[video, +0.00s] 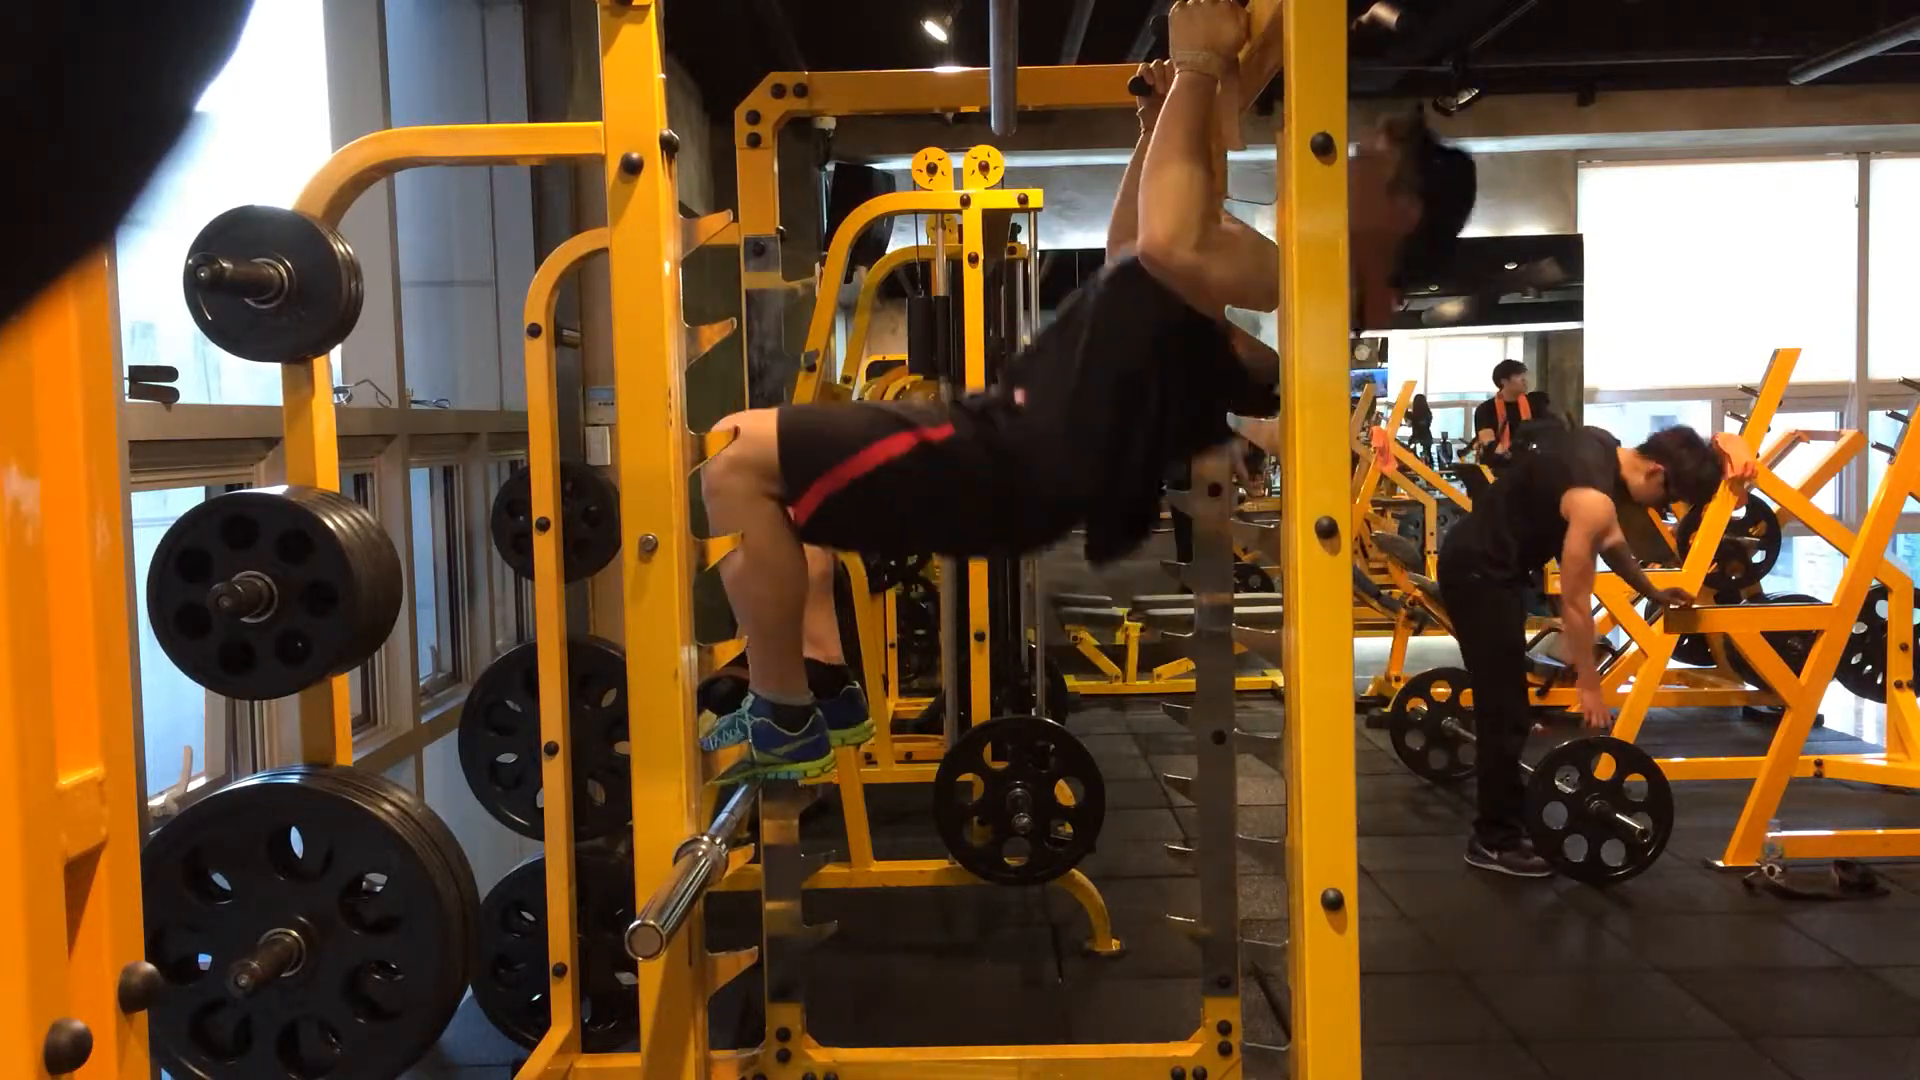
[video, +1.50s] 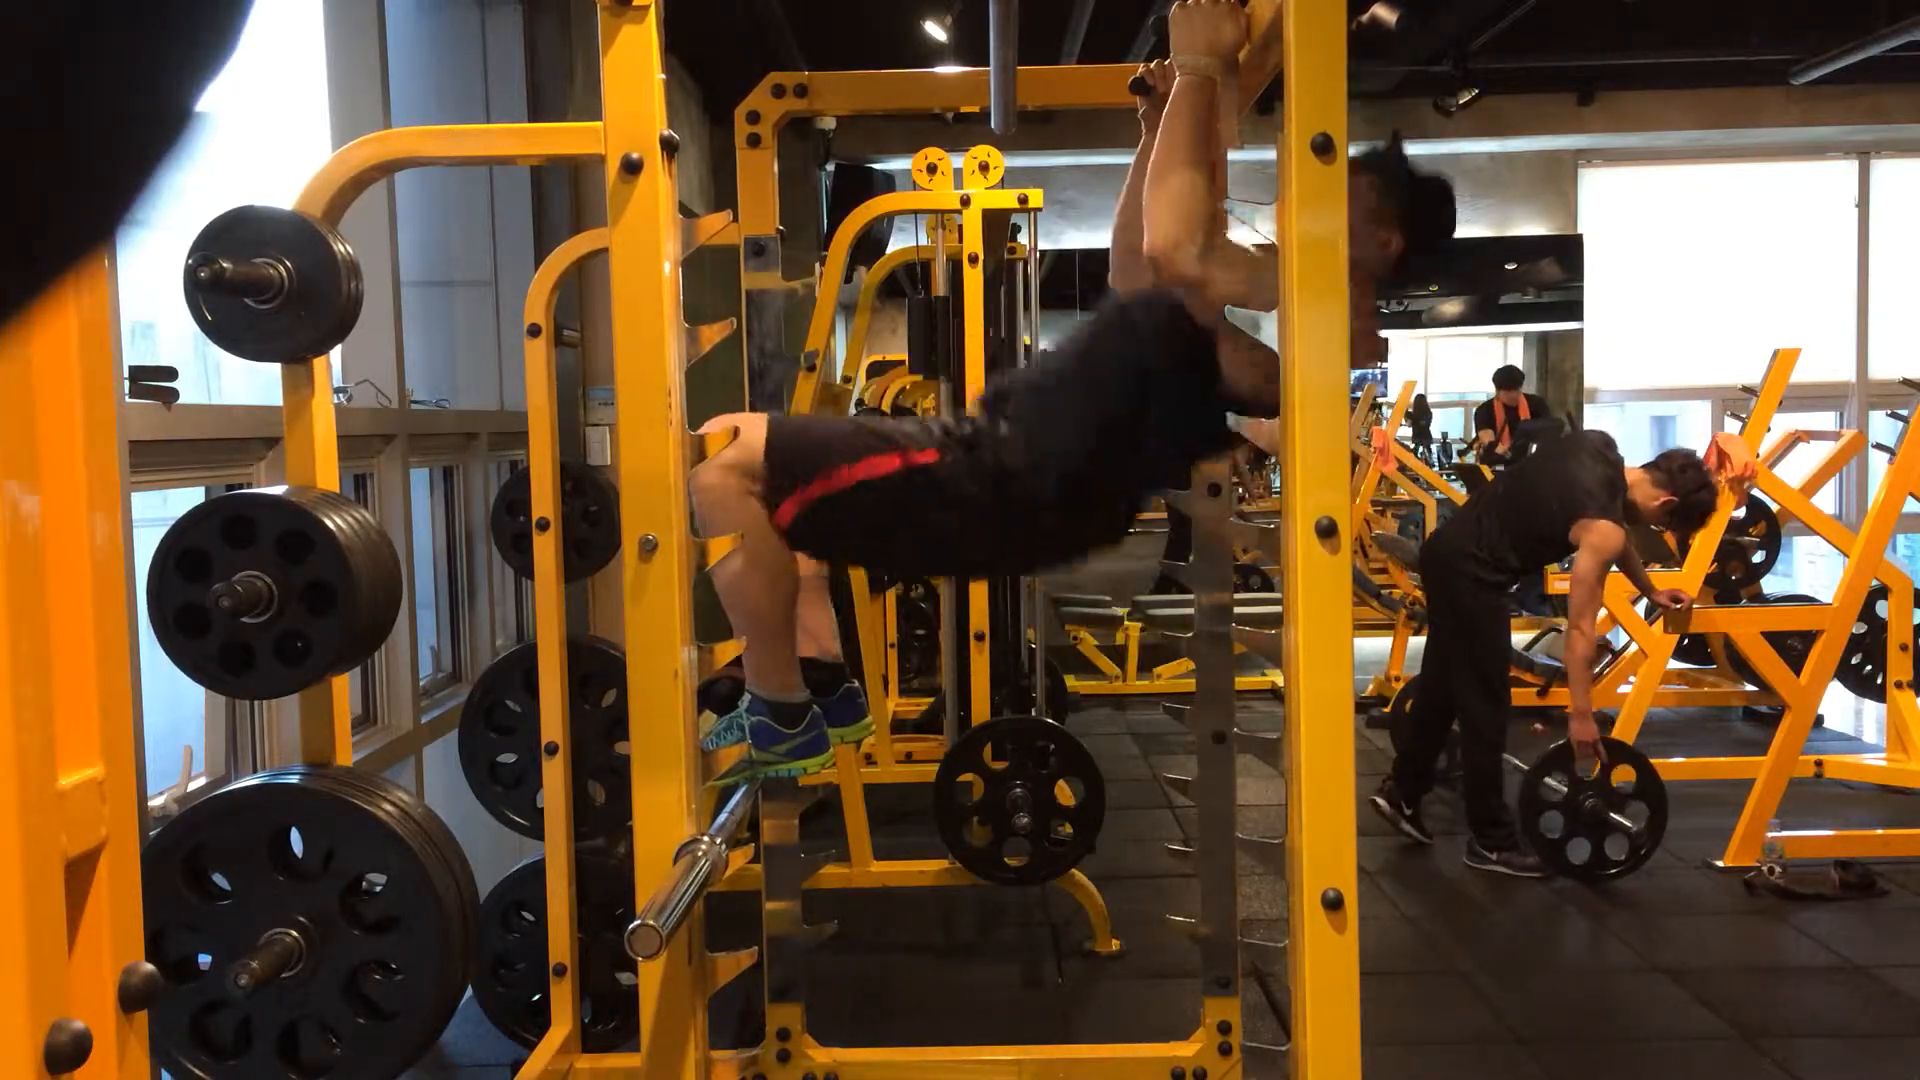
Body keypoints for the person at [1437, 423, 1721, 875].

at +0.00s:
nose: (1656, 503)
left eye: (1666, 498)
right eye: (1665, 496)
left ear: (1653, 461)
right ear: (1656, 471)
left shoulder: (1597, 447)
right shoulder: (1593, 502)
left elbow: (1609, 541)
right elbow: (1575, 604)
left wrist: (1651, 589)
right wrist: (1589, 685)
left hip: (1479, 559)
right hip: (1481, 573)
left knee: (1505, 702)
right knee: (1504, 708)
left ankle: (1502, 821)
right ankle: (1494, 838)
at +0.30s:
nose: (1680, 532)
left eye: (1690, 528)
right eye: (1687, 524)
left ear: (1677, 476)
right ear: (1682, 503)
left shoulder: (1618, 446)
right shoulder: (1624, 530)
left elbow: (1622, 540)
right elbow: (1595, 632)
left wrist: (1653, 591)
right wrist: (1602, 716)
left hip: (1465, 547)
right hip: (1489, 572)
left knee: (1462, 687)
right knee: (1498, 707)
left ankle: (1440, 795)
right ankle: (1493, 839)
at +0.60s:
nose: (1672, 533)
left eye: (1681, 531)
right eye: (1681, 528)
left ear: (1676, 478)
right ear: (1681, 505)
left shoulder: (1617, 447)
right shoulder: (1622, 531)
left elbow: (1623, 538)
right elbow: (1601, 633)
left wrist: (1653, 591)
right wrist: (1606, 720)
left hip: (1463, 548)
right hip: (1491, 576)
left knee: (1441, 673)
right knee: (1497, 708)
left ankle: (1382, 774)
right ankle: (1492, 839)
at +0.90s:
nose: (1661, 527)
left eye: (1669, 525)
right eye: (1668, 522)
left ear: (1657, 468)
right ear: (1669, 496)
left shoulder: (1602, 443)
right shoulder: (1610, 522)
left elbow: (1617, 529)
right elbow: (1592, 625)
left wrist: (1651, 589)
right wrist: (1601, 710)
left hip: (1458, 554)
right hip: (1486, 579)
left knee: (1448, 685)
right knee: (1495, 709)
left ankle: (1404, 793)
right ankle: (1491, 839)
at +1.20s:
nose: (1659, 529)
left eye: (1666, 526)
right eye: (1667, 524)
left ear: (1650, 468)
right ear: (1666, 501)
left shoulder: (1597, 446)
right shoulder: (1608, 529)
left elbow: (1613, 532)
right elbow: (1592, 632)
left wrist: (1650, 589)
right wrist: (1599, 718)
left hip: (1450, 554)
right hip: (1478, 579)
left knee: (1444, 685)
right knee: (1490, 708)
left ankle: (1403, 792)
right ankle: (1490, 838)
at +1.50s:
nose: (1655, 528)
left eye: (1662, 526)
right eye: (1663, 523)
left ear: (1647, 466)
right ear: (1663, 501)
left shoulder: (1596, 445)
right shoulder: (1602, 526)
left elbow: (1611, 533)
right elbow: (1580, 630)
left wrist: (1649, 589)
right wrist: (1581, 714)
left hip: (1448, 552)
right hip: (1474, 578)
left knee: (1441, 685)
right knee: (1488, 706)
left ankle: (1402, 792)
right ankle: (1490, 837)